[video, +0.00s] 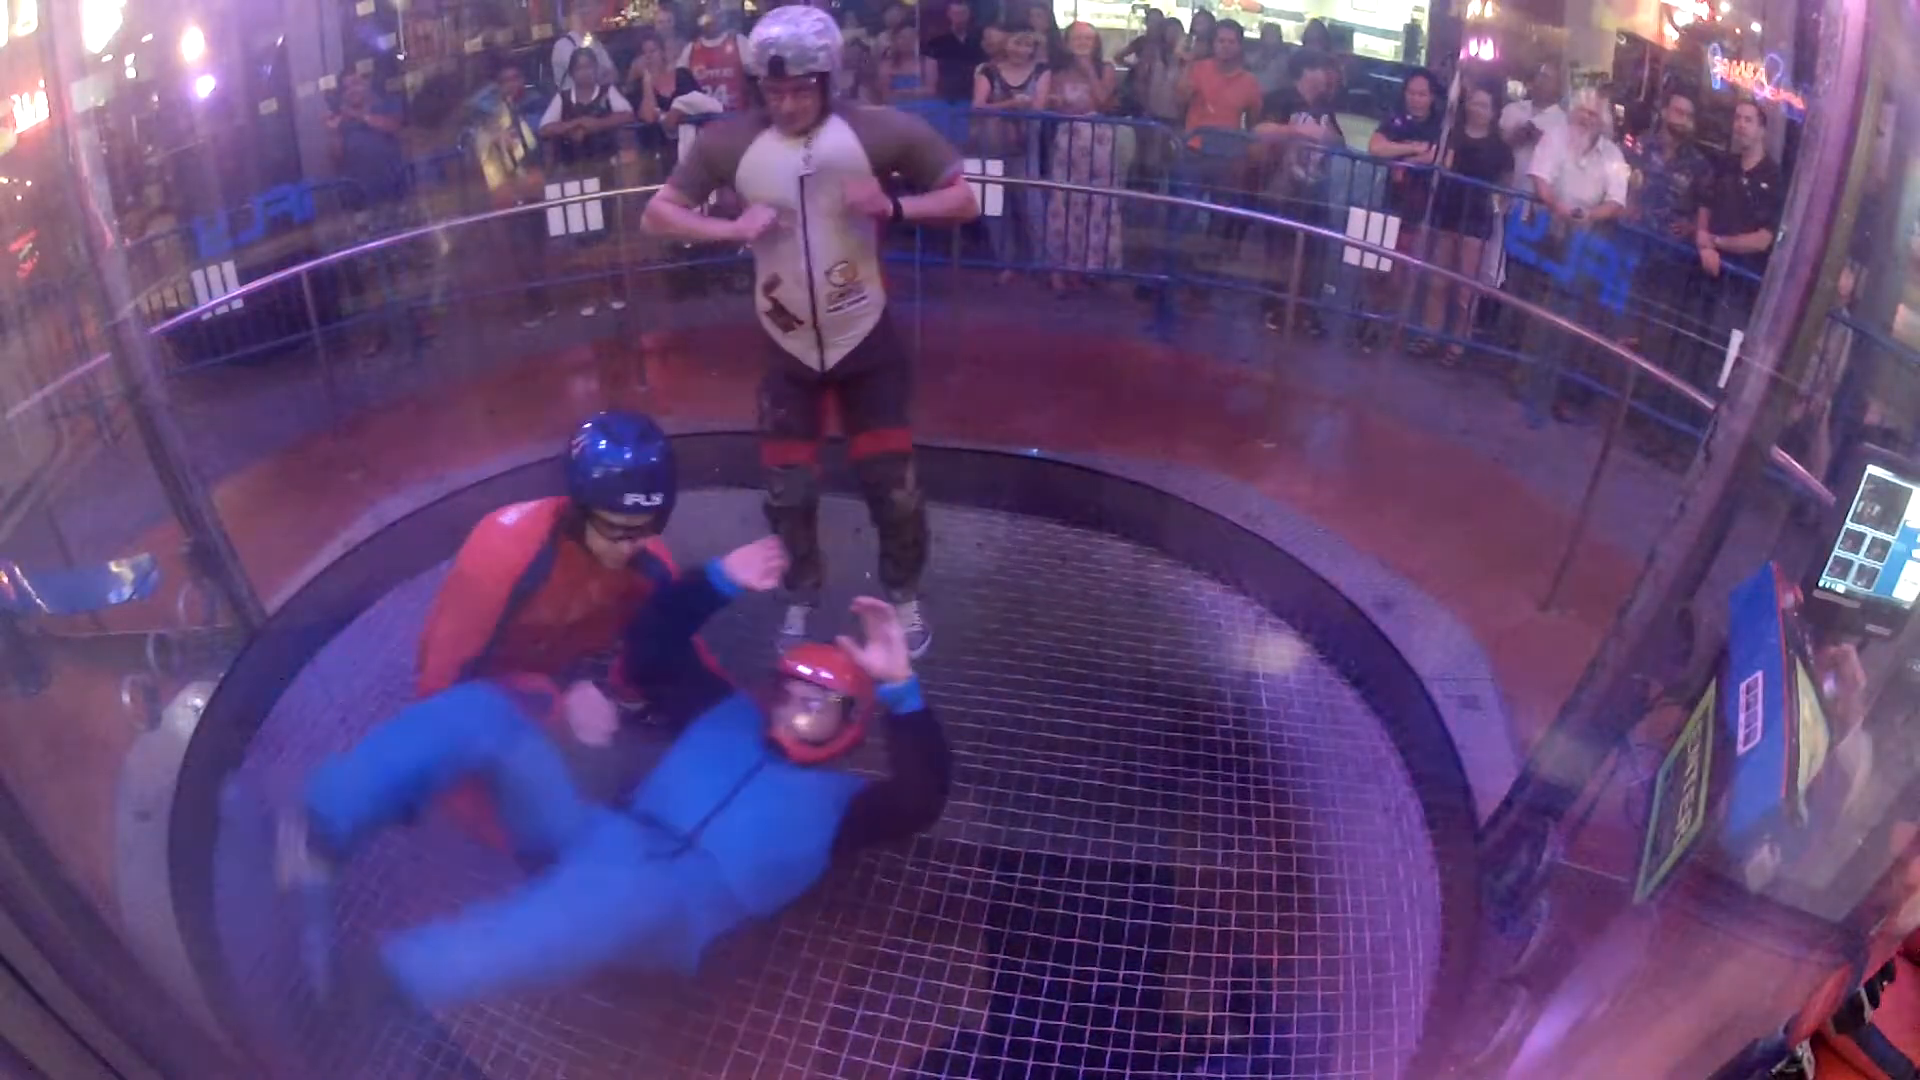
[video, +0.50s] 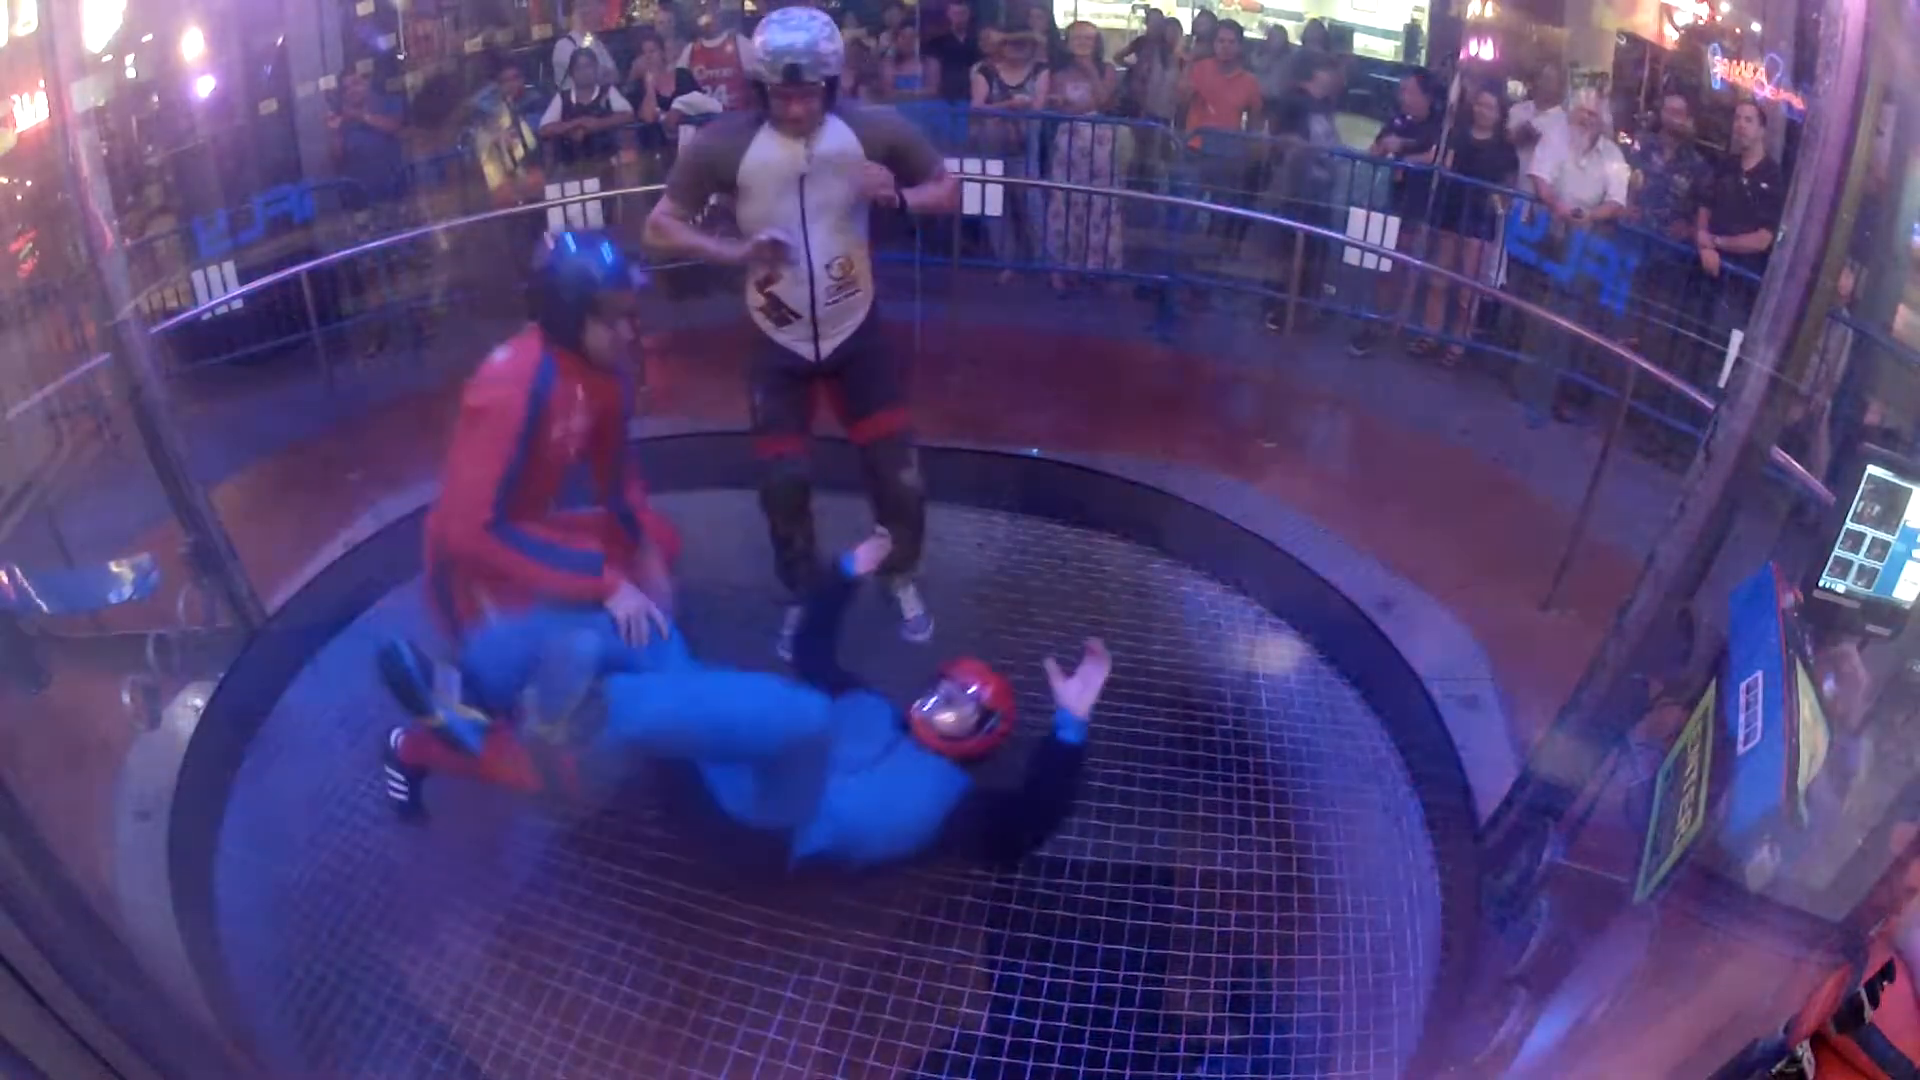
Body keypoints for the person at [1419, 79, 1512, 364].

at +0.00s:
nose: (1479, 111)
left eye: (1485, 106)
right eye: (1474, 104)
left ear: (1494, 112)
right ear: (1465, 107)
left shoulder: (1500, 148)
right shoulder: (1454, 138)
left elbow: (1505, 186)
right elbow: (1443, 169)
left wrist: (1500, 205)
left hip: (1477, 215)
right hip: (1446, 209)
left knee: (1465, 284)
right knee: (1437, 279)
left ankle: (1457, 341)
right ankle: (1430, 333)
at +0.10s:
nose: (1480, 111)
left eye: (1486, 107)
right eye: (1476, 105)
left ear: (1496, 112)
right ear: (1467, 108)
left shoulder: (1501, 148)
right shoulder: (1455, 138)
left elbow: (1506, 186)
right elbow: (1444, 169)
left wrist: (1500, 209)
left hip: (1478, 214)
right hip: (1448, 208)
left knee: (1466, 283)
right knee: (1438, 278)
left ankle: (1458, 341)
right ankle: (1430, 332)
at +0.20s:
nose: (1482, 112)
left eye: (1488, 107)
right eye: (1478, 105)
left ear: (1497, 113)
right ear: (1468, 108)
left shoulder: (1502, 148)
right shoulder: (1456, 138)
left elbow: (1507, 186)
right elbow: (1444, 169)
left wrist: (1499, 206)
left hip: (1478, 215)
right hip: (1448, 209)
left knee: (1466, 285)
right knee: (1438, 278)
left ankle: (1458, 341)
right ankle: (1430, 332)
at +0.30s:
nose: (1483, 111)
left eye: (1489, 107)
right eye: (1479, 105)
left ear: (1499, 113)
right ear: (1471, 108)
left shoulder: (1504, 149)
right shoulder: (1458, 138)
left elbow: (1507, 188)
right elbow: (1445, 169)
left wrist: (1496, 200)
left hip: (1480, 217)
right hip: (1450, 210)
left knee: (1467, 285)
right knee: (1438, 279)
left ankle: (1458, 341)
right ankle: (1430, 332)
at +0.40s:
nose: (1484, 111)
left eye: (1490, 107)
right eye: (1479, 105)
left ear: (1499, 114)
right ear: (1471, 108)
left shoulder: (1504, 149)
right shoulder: (1458, 139)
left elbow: (1507, 188)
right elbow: (1444, 168)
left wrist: (1497, 200)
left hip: (1480, 216)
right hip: (1450, 209)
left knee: (1467, 284)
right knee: (1438, 278)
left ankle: (1458, 341)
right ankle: (1430, 332)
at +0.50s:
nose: (1484, 112)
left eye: (1491, 108)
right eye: (1480, 105)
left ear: (1500, 114)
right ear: (1472, 108)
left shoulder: (1504, 149)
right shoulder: (1459, 138)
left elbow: (1507, 188)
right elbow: (1445, 168)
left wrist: (1495, 200)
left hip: (1480, 217)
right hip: (1450, 210)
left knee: (1467, 285)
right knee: (1438, 278)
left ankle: (1458, 341)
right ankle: (1430, 332)